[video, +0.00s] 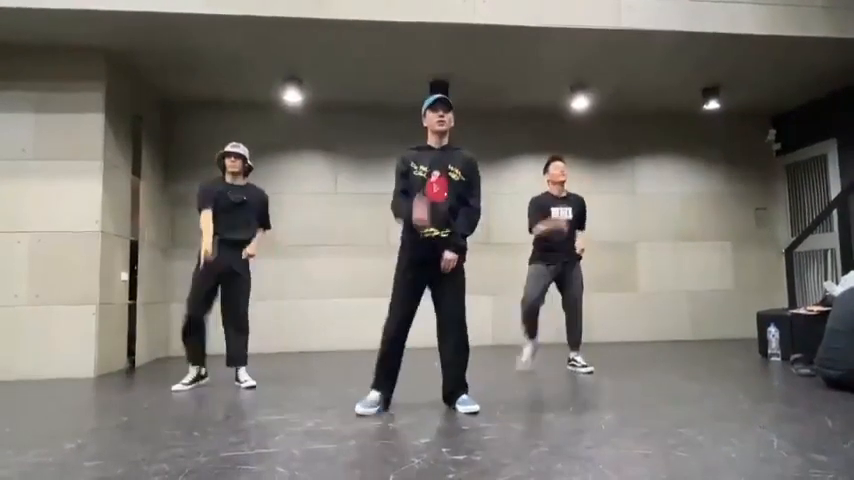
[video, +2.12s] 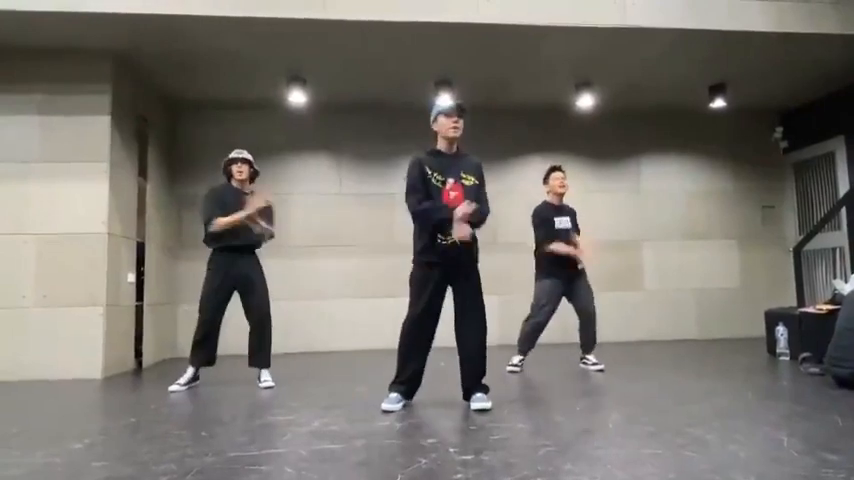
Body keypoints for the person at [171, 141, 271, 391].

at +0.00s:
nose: (232, 161)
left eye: (237, 158)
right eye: (229, 157)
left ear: (246, 163)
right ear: (222, 162)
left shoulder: (258, 195)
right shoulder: (210, 189)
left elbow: (262, 227)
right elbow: (206, 219)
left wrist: (253, 245)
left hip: (238, 258)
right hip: (212, 255)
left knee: (237, 315)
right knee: (194, 311)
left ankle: (240, 369)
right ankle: (197, 368)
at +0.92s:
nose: (222, 164)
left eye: (227, 161)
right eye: (219, 159)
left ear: (235, 167)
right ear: (212, 163)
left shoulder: (245, 194)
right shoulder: (198, 191)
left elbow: (248, 224)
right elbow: (197, 222)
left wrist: (247, 238)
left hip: (236, 258)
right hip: (208, 258)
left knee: (247, 309)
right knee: (194, 312)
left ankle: (251, 366)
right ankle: (184, 369)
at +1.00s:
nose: (220, 168)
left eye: (226, 165)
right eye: (217, 163)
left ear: (233, 171)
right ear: (210, 166)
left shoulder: (242, 197)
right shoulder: (195, 192)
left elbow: (244, 227)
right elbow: (188, 224)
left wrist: (244, 237)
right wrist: (211, 202)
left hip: (237, 256)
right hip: (208, 257)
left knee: (247, 308)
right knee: (197, 310)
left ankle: (252, 366)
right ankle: (182, 368)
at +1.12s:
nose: (216, 168)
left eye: (222, 165)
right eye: (213, 163)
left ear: (229, 172)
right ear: (205, 167)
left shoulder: (237, 199)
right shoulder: (190, 193)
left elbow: (236, 229)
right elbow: (169, 221)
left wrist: (238, 240)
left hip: (231, 258)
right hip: (201, 259)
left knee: (245, 309)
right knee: (189, 313)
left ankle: (251, 366)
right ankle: (180, 369)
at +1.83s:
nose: (218, 166)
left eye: (223, 162)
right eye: (214, 163)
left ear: (232, 168)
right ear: (209, 169)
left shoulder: (247, 196)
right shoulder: (206, 199)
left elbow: (270, 220)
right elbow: (206, 228)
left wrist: (254, 245)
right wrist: (185, 243)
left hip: (241, 265)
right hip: (214, 267)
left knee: (254, 318)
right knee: (197, 319)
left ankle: (263, 366)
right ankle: (185, 372)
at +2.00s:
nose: (232, 161)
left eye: (236, 157)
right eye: (228, 157)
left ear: (245, 163)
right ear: (222, 163)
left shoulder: (261, 192)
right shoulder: (210, 192)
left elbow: (275, 224)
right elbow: (198, 221)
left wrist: (269, 241)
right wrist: (191, 225)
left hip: (250, 261)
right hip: (220, 261)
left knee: (257, 315)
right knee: (205, 314)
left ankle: (263, 368)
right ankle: (192, 368)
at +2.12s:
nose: (240, 168)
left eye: (244, 164)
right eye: (235, 164)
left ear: (251, 169)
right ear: (229, 168)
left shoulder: (258, 200)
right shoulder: (216, 194)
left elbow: (267, 234)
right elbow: (212, 226)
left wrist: (254, 217)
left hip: (248, 262)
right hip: (220, 262)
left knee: (261, 315)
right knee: (207, 315)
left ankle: (263, 370)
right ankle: (193, 370)